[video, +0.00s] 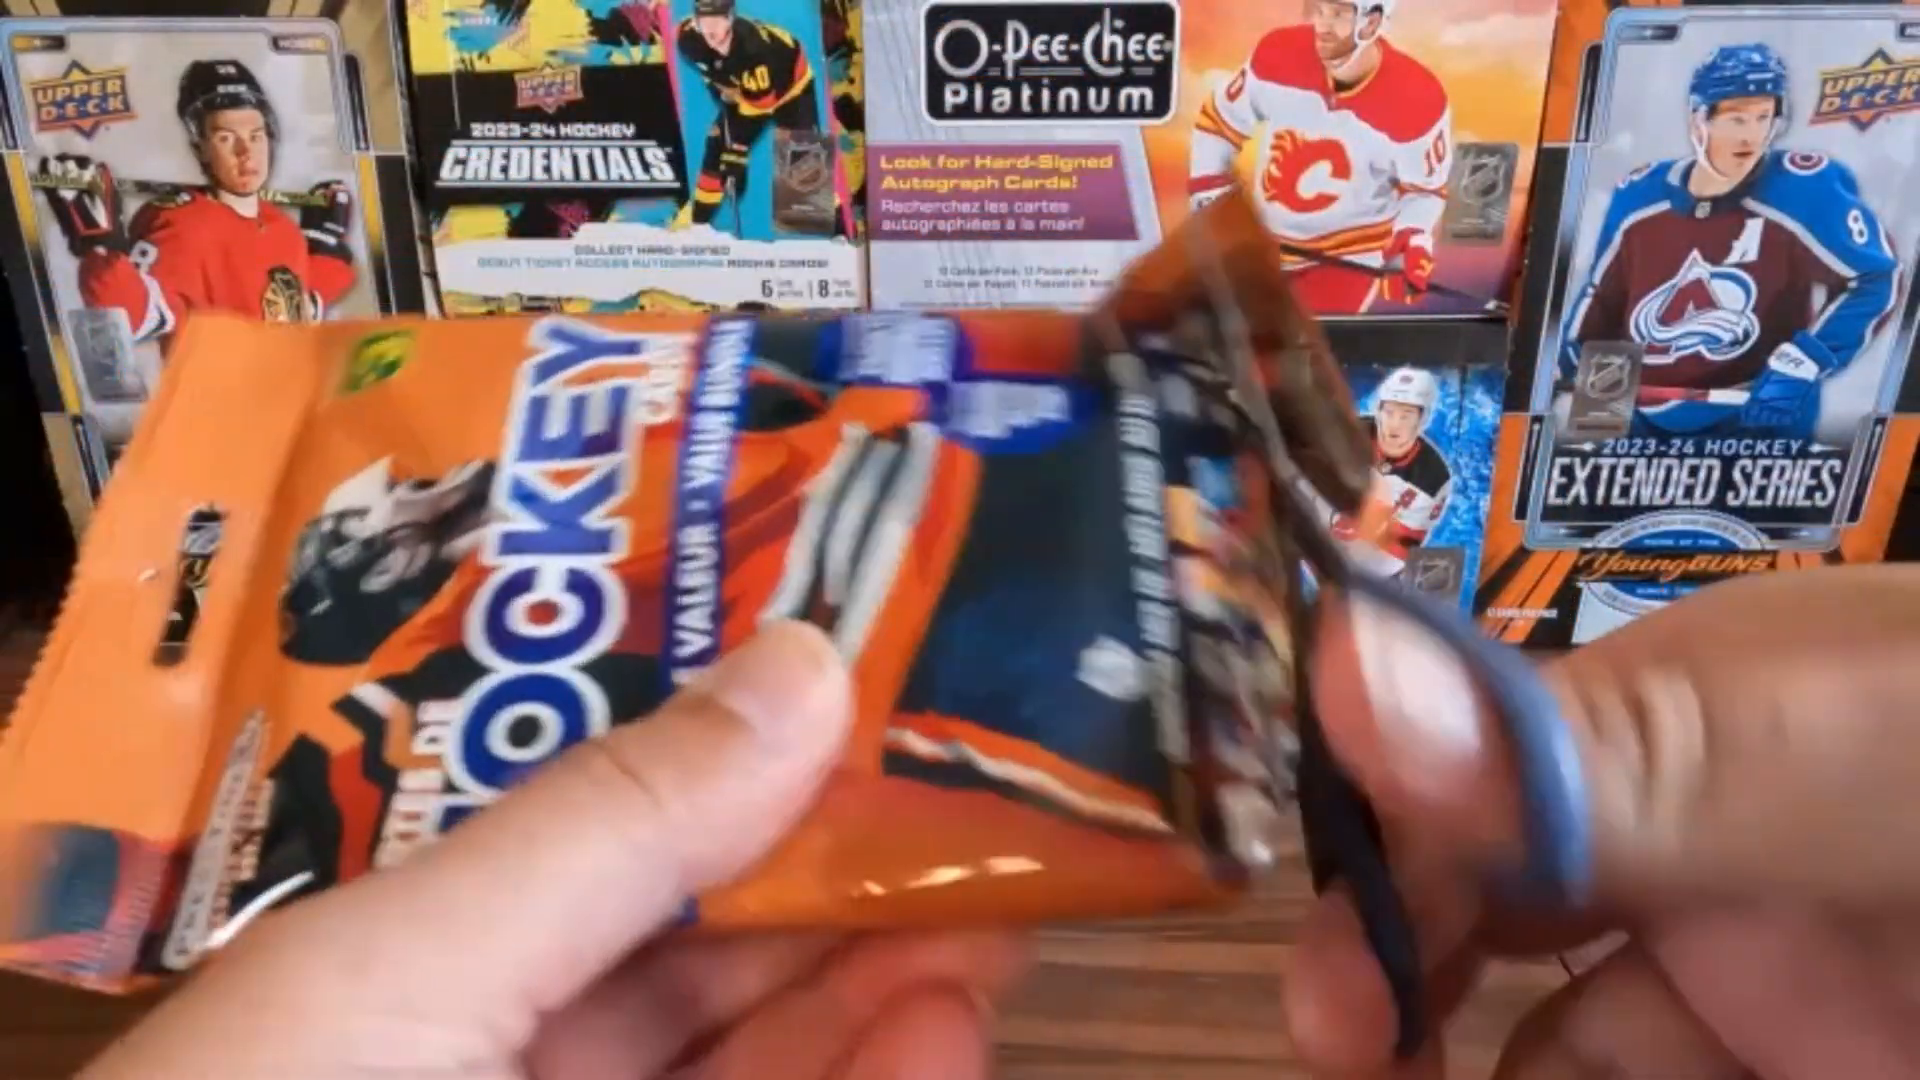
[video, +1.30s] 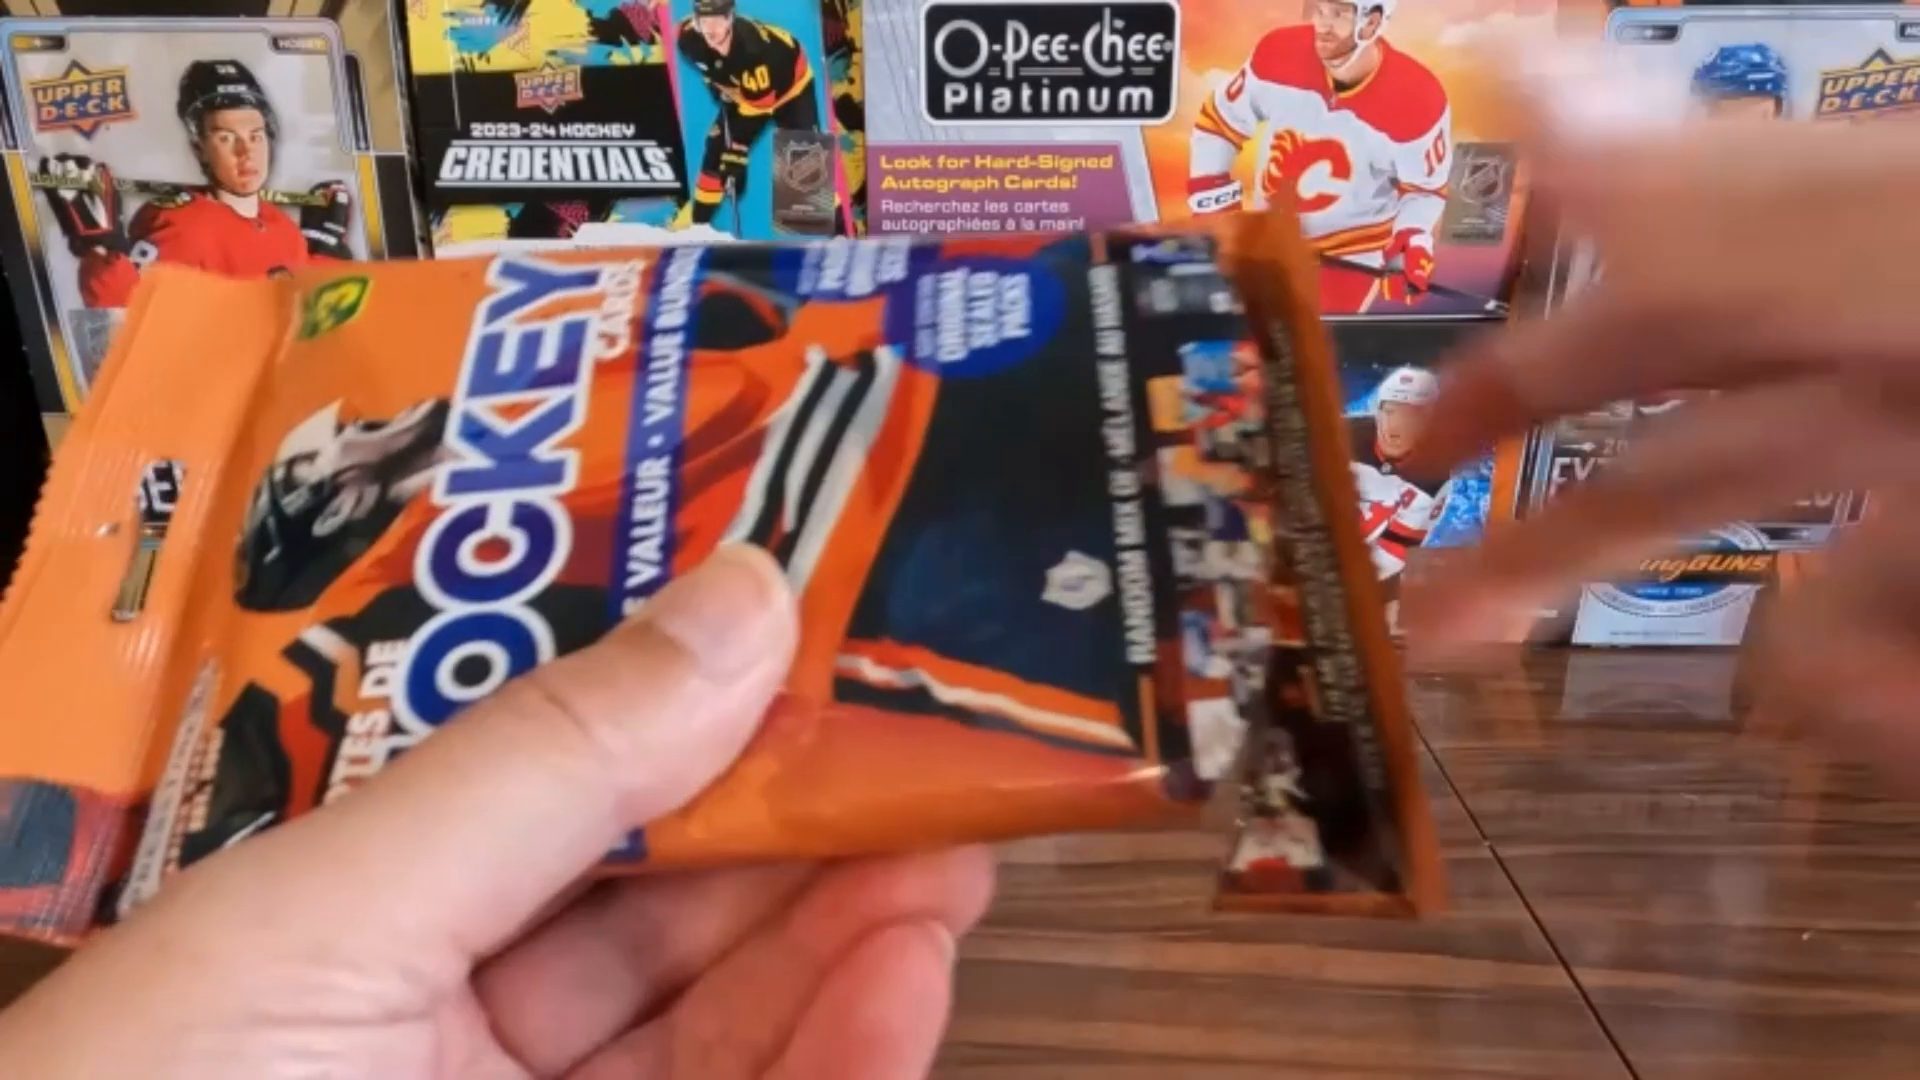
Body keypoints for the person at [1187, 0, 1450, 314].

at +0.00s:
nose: (1323, 26)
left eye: (1339, 14)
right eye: (1318, 11)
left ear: (1373, 22)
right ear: (1309, 11)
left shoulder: (1417, 96)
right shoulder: (1276, 56)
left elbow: (1424, 191)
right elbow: (1216, 125)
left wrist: (1413, 248)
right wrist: (1214, 209)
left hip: (1350, 263)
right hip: (1262, 250)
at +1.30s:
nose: (1322, 26)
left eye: (1339, 14)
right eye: (1317, 11)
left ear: (1373, 23)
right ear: (1308, 10)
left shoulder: (1417, 96)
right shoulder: (1277, 55)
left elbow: (1424, 190)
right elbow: (1216, 126)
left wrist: (1413, 250)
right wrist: (1217, 217)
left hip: (1354, 260)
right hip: (1270, 245)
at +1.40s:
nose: (1324, 26)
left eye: (1339, 14)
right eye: (1319, 11)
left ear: (1372, 21)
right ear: (1309, 11)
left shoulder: (1419, 98)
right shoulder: (1277, 53)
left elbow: (1424, 200)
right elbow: (1217, 125)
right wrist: (1204, 207)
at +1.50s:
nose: (1323, 26)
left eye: (1339, 14)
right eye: (1317, 11)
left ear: (1373, 23)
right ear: (1308, 11)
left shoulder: (1417, 95)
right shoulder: (1277, 56)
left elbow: (1423, 191)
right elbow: (1216, 125)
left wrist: (1415, 250)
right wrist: (1214, 203)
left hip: (1348, 261)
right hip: (1262, 248)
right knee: (1214, 362)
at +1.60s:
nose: (1323, 26)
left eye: (1339, 14)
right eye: (1318, 11)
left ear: (1373, 22)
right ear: (1309, 11)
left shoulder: (1417, 96)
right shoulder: (1277, 55)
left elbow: (1423, 191)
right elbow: (1216, 124)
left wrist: (1415, 249)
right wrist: (1213, 202)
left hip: (1347, 261)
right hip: (1261, 249)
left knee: (1288, 365)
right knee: (1222, 358)